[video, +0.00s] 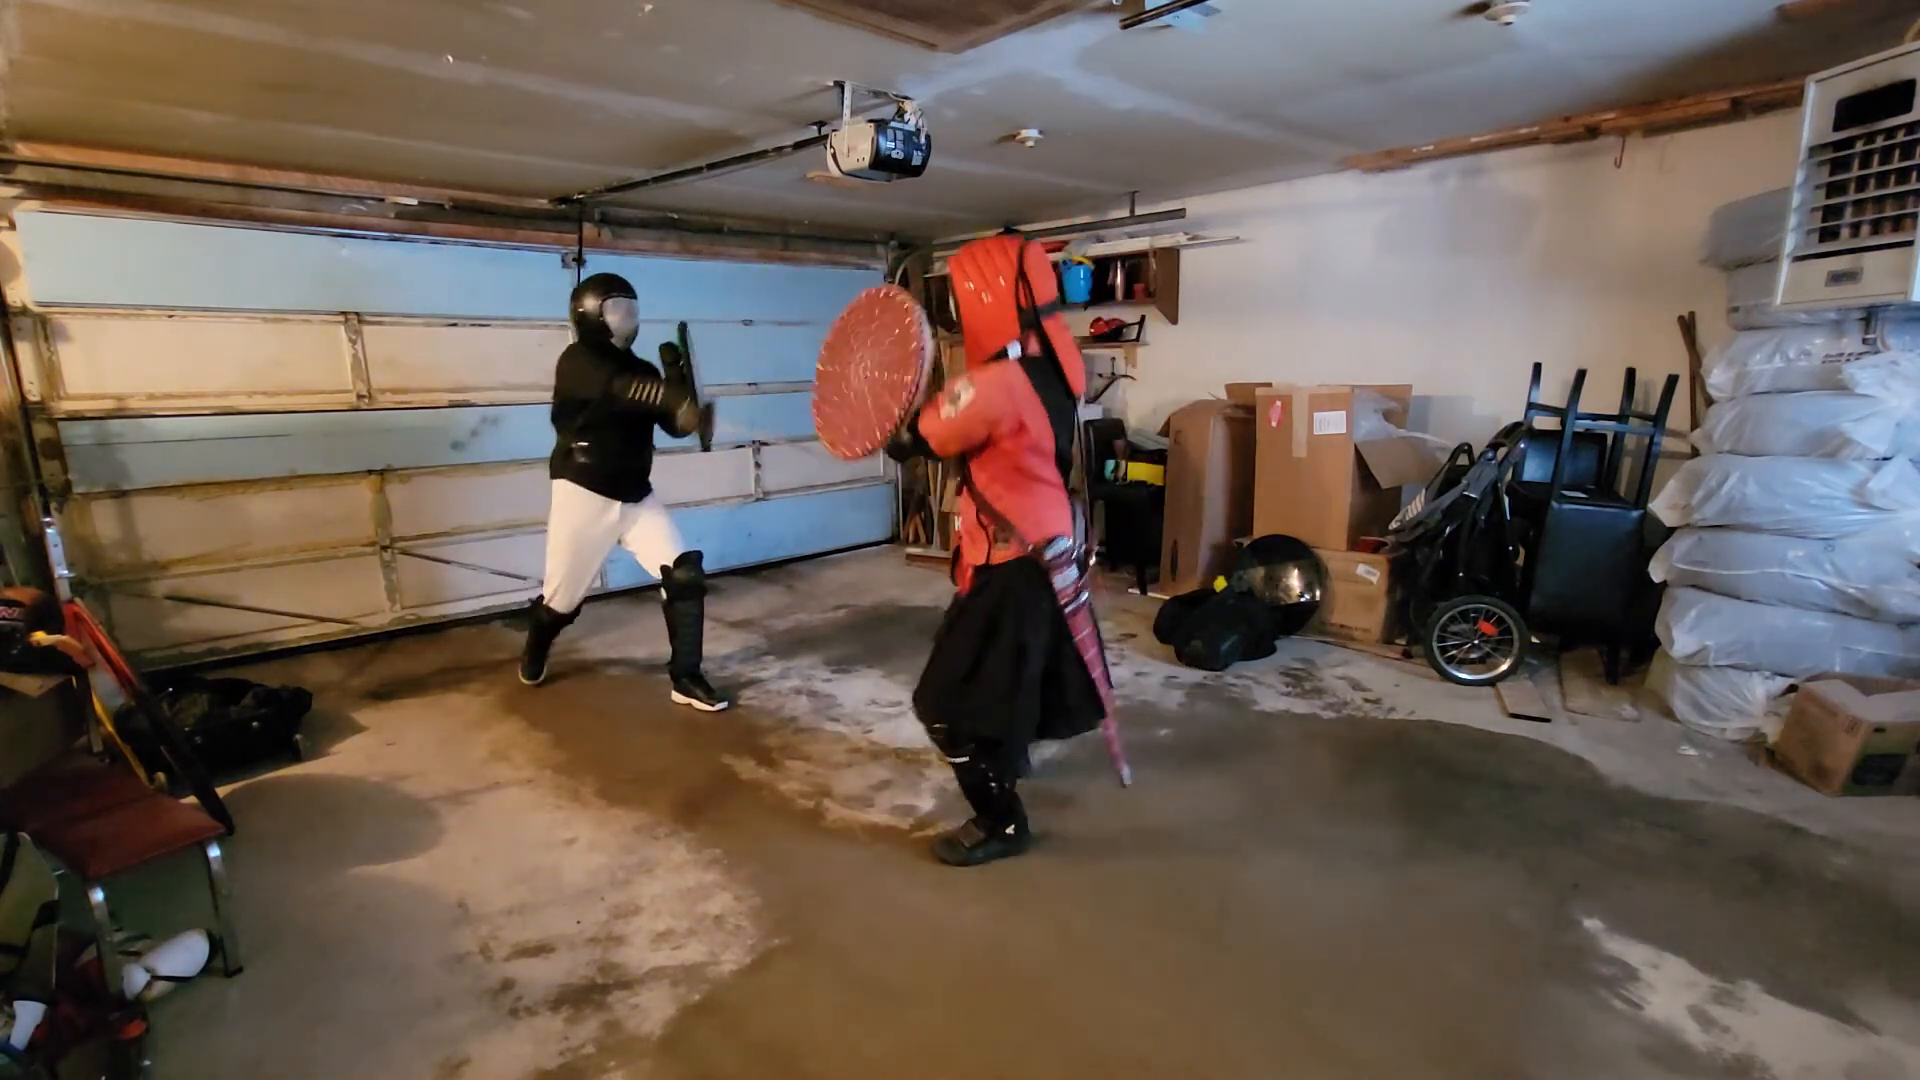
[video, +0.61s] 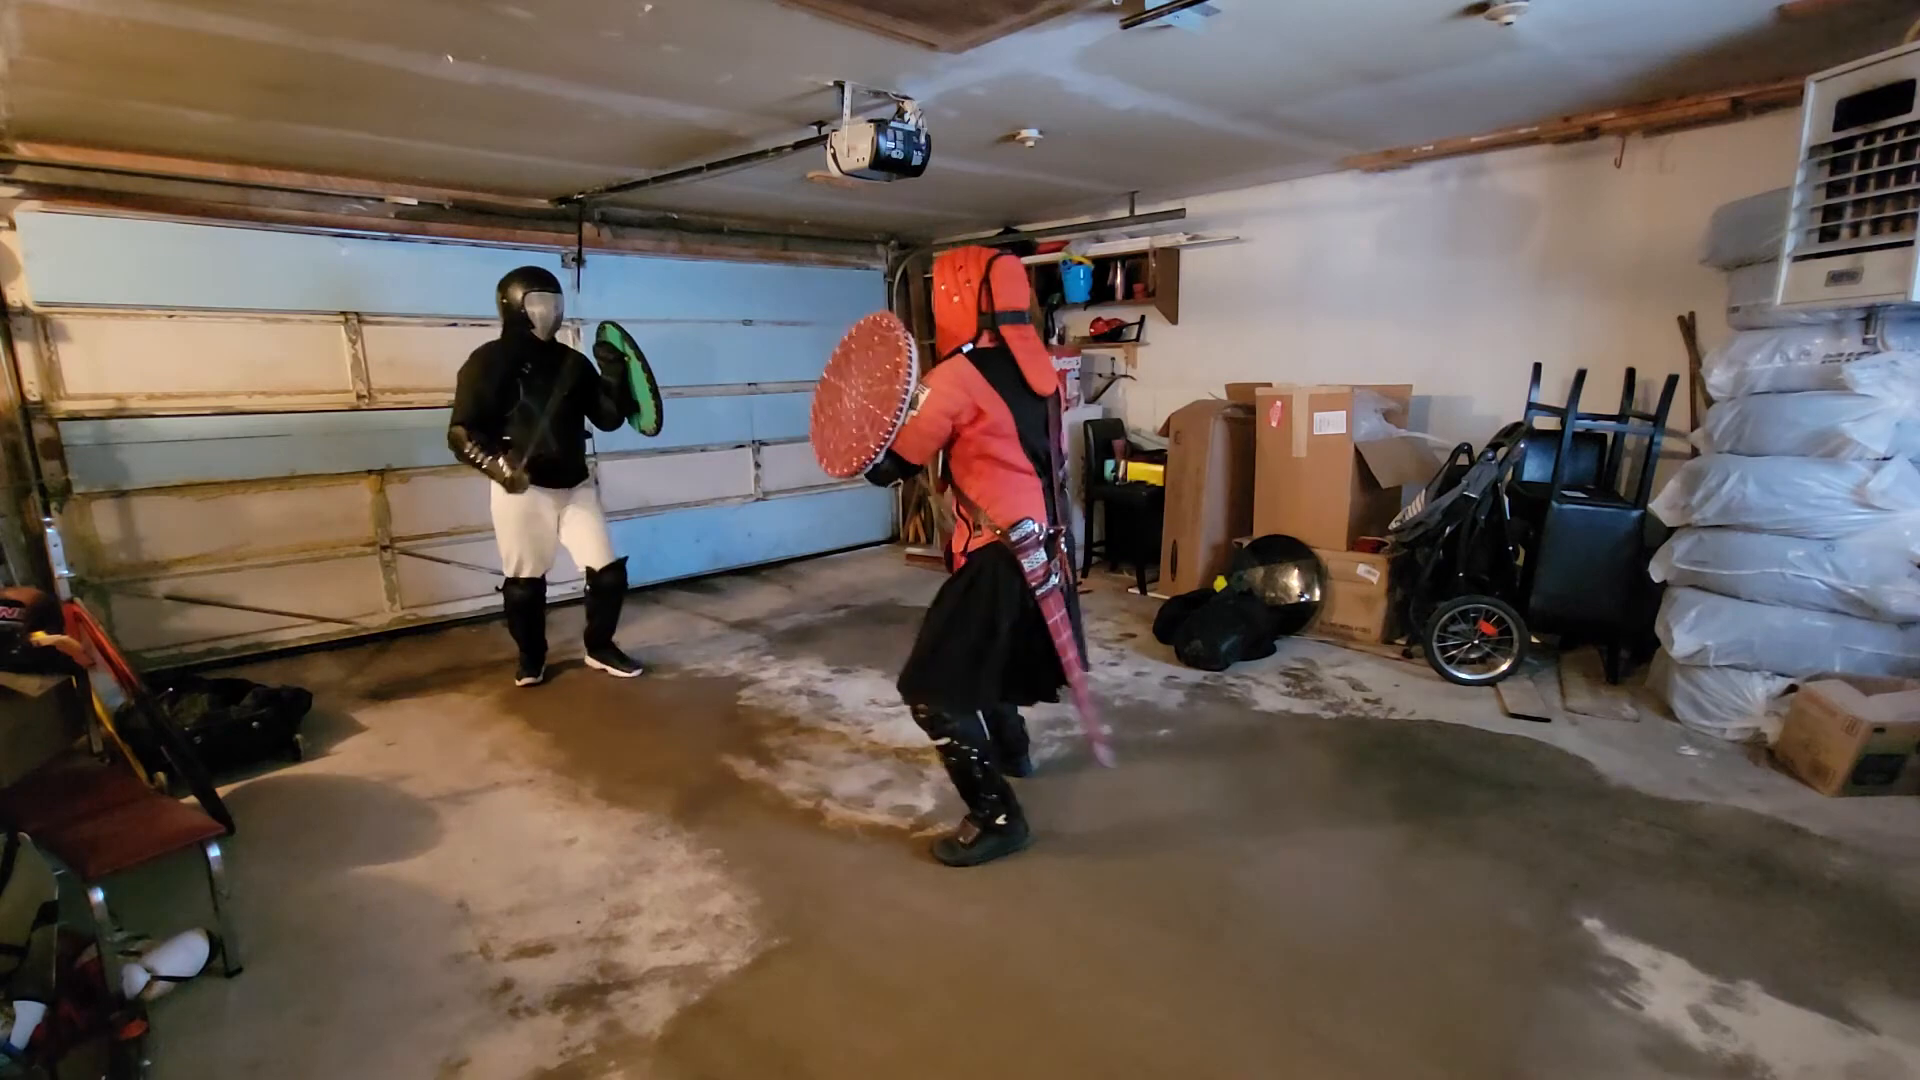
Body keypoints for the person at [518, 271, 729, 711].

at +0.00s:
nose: (630, 317)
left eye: (632, 308)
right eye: (620, 308)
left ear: (633, 313)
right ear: (593, 313)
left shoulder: (641, 370)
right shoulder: (579, 361)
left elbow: (677, 425)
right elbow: (623, 389)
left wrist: (677, 377)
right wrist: (678, 402)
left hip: (635, 497)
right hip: (582, 495)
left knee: (684, 572)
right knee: (561, 603)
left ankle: (686, 677)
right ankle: (535, 650)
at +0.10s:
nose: (619, 319)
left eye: (621, 310)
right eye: (608, 310)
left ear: (624, 315)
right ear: (581, 317)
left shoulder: (632, 378)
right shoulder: (563, 367)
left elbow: (664, 431)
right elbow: (571, 423)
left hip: (624, 500)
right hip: (570, 497)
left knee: (674, 575)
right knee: (553, 603)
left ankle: (686, 678)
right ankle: (528, 651)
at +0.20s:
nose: (603, 320)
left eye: (604, 310)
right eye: (593, 310)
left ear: (601, 315)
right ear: (565, 314)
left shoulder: (612, 374)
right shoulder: (540, 371)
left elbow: (645, 433)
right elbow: (534, 438)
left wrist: (653, 389)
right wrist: (588, 477)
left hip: (605, 496)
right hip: (549, 496)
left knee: (651, 576)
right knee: (537, 592)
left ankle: (684, 676)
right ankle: (530, 666)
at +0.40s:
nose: (575, 315)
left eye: (574, 306)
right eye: (566, 306)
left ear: (567, 311)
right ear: (538, 312)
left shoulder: (585, 369)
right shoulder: (503, 367)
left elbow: (616, 426)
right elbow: (481, 441)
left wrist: (625, 382)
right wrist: (526, 467)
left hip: (581, 489)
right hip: (526, 492)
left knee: (625, 561)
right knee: (526, 585)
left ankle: (628, 649)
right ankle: (532, 662)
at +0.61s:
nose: (557, 312)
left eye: (558, 303)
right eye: (548, 303)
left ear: (554, 308)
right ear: (520, 307)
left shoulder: (571, 363)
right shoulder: (488, 363)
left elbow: (608, 418)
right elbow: (461, 433)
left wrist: (614, 374)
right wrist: (498, 466)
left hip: (575, 486)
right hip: (520, 489)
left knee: (608, 575)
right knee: (525, 582)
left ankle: (599, 646)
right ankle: (531, 661)